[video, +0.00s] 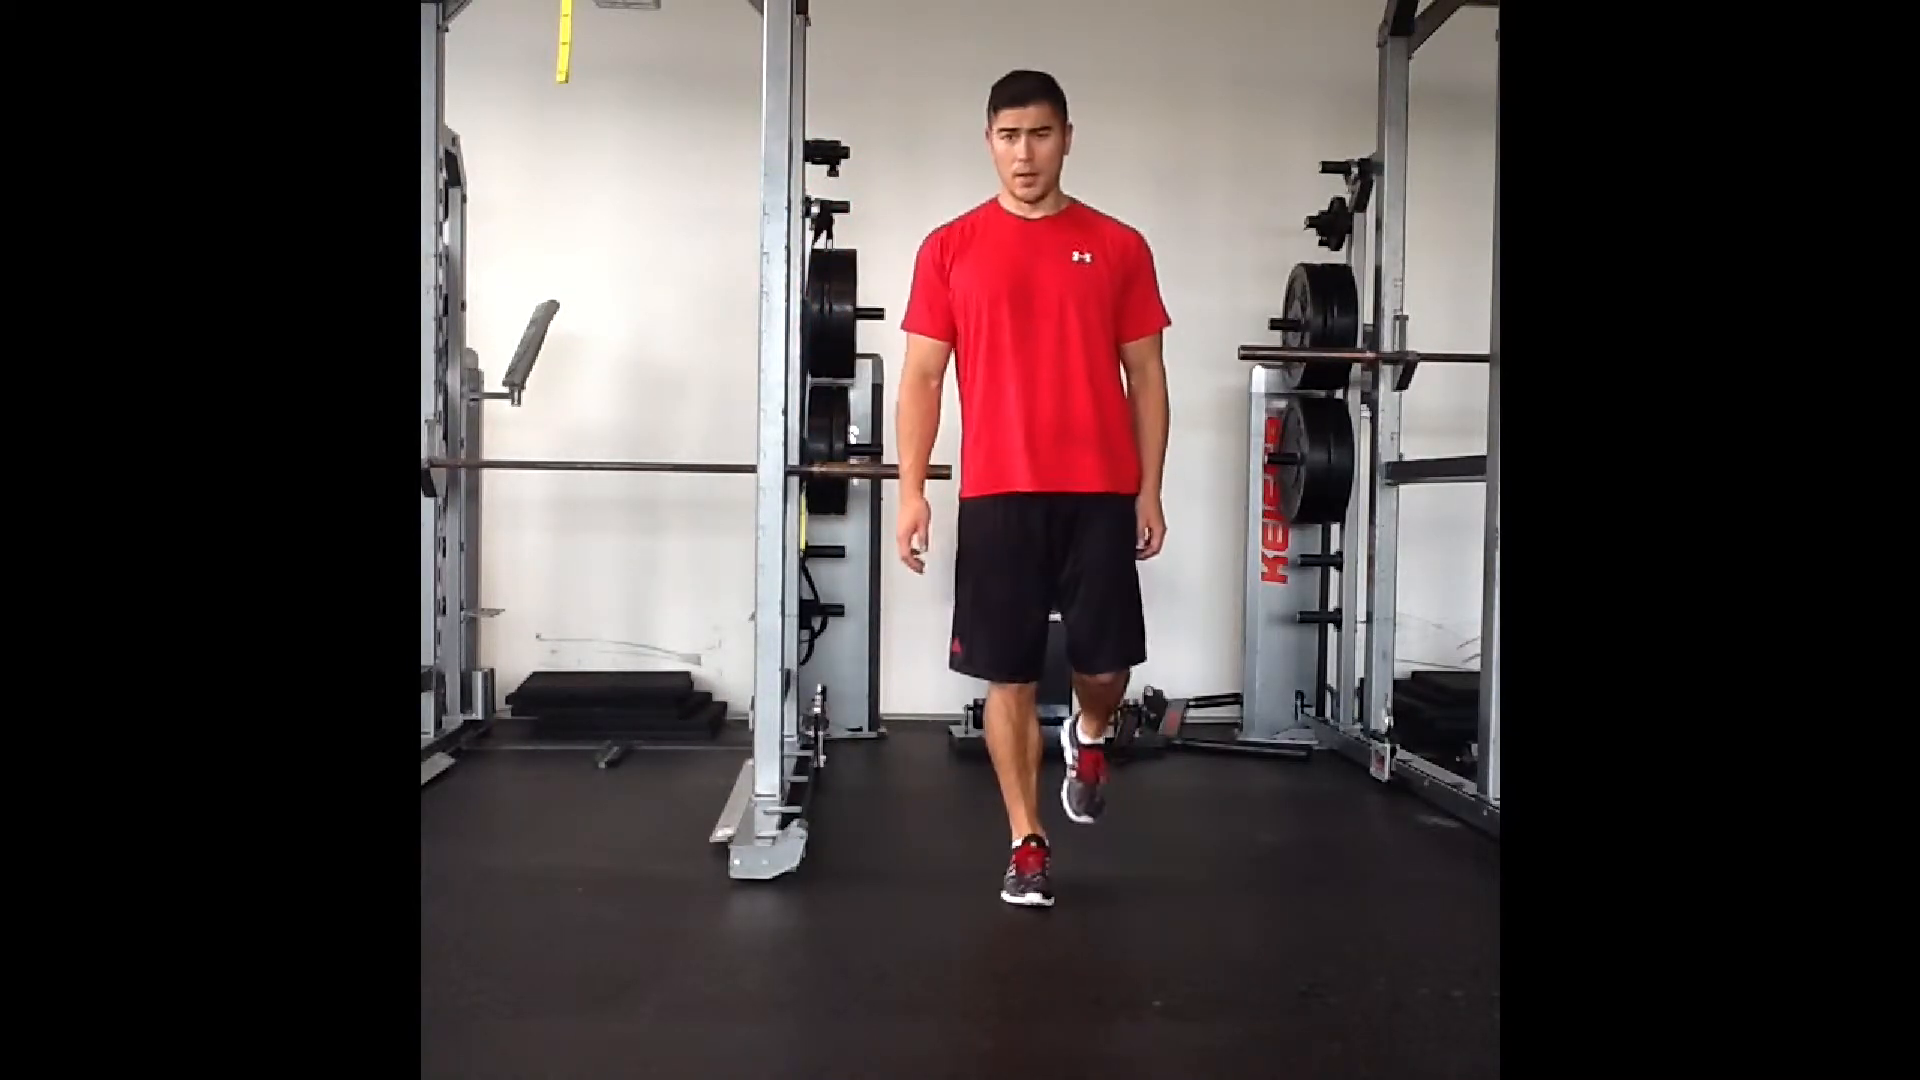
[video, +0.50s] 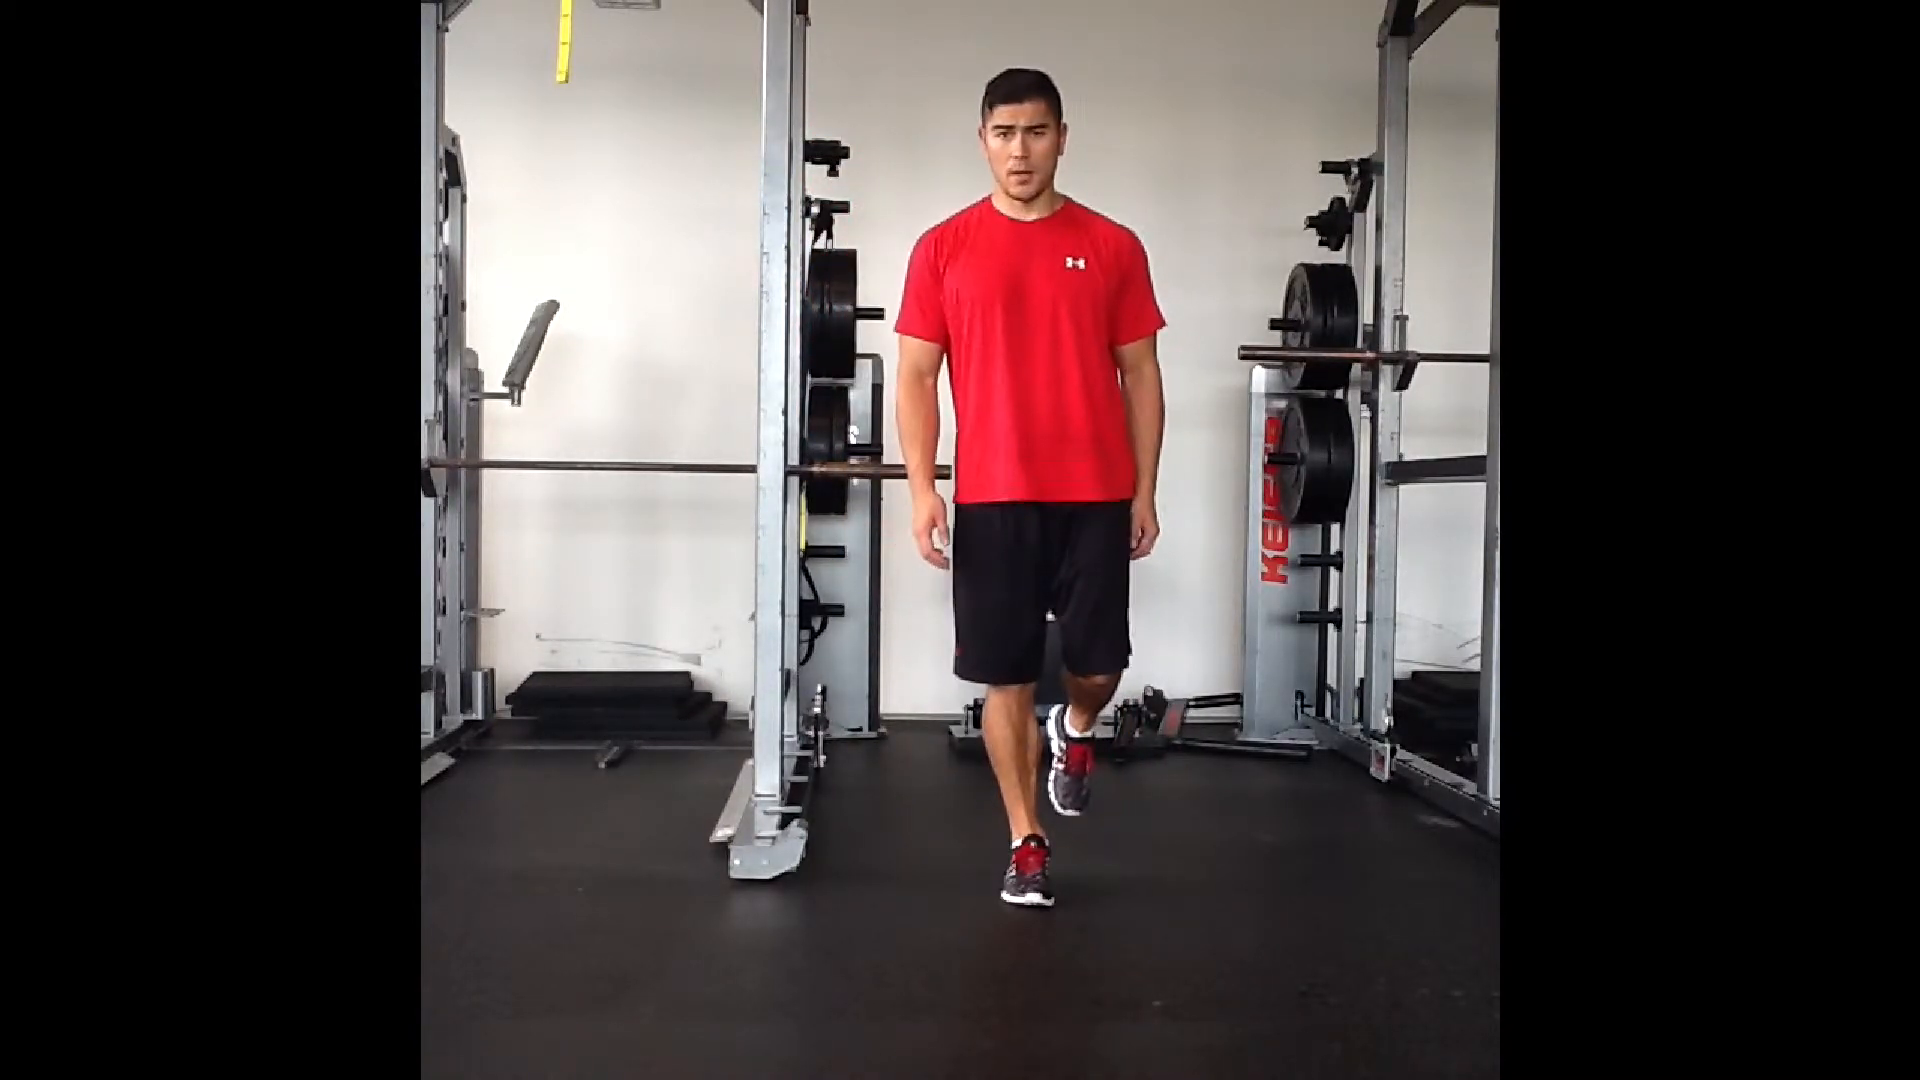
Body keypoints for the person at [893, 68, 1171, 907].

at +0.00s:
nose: (1026, 150)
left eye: (1041, 133)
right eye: (1010, 135)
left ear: (1066, 139)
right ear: (990, 144)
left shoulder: (1118, 247)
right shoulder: (949, 249)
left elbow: (1146, 371)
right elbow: (920, 374)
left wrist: (1149, 488)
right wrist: (913, 490)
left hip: (1099, 490)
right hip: (998, 491)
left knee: (1105, 664)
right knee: (1008, 672)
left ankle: (1088, 745)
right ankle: (1024, 842)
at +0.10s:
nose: (1024, 148)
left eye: (1039, 131)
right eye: (1008, 133)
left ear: (1064, 139)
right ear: (987, 142)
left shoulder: (1116, 246)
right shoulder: (946, 249)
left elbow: (1144, 370)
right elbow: (917, 375)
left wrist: (1148, 486)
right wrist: (910, 490)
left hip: (1099, 489)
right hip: (997, 491)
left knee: (1106, 664)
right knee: (1008, 673)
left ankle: (1081, 734)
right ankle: (1024, 842)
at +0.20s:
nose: (1021, 148)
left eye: (1037, 131)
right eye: (1005, 132)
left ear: (1062, 138)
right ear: (985, 142)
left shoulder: (1115, 246)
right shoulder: (945, 250)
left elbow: (1143, 371)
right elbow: (917, 376)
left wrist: (1148, 488)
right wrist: (913, 491)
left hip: (1098, 490)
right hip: (996, 491)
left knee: (1106, 662)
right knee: (1008, 672)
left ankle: (1080, 733)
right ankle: (1024, 841)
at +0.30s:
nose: (1021, 148)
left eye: (1036, 131)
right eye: (1005, 132)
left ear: (1061, 138)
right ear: (984, 142)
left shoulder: (1114, 247)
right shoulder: (944, 250)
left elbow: (1142, 372)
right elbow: (916, 375)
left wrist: (1147, 490)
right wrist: (917, 489)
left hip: (1098, 492)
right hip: (995, 493)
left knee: (1105, 661)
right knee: (1009, 673)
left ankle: (1078, 736)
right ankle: (1024, 841)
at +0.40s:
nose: (1021, 148)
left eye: (1037, 131)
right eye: (1005, 132)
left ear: (1061, 139)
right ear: (985, 142)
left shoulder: (1114, 247)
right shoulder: (943, 249)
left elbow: (1141, 371)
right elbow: (916, 375)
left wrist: (1146, 489)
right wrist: (920, 488)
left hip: (1097, 491)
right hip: (994, 493)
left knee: (1100, 661)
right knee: (1008, 673)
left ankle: (1077, 737)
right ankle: (1024, 840)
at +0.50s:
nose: (1021, 148)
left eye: (1036, 131)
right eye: (1004, 133)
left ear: (1061, 139)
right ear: (983, 142)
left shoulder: (1114, 247)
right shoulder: (942, 249)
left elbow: (1141, 370)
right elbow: (914, 374)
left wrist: (1145, 489)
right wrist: (922, 488)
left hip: (1096, 494)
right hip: (993, 495)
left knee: (1099, 661)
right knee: (1008, 674)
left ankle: (1074, 737)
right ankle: (1024, 841)